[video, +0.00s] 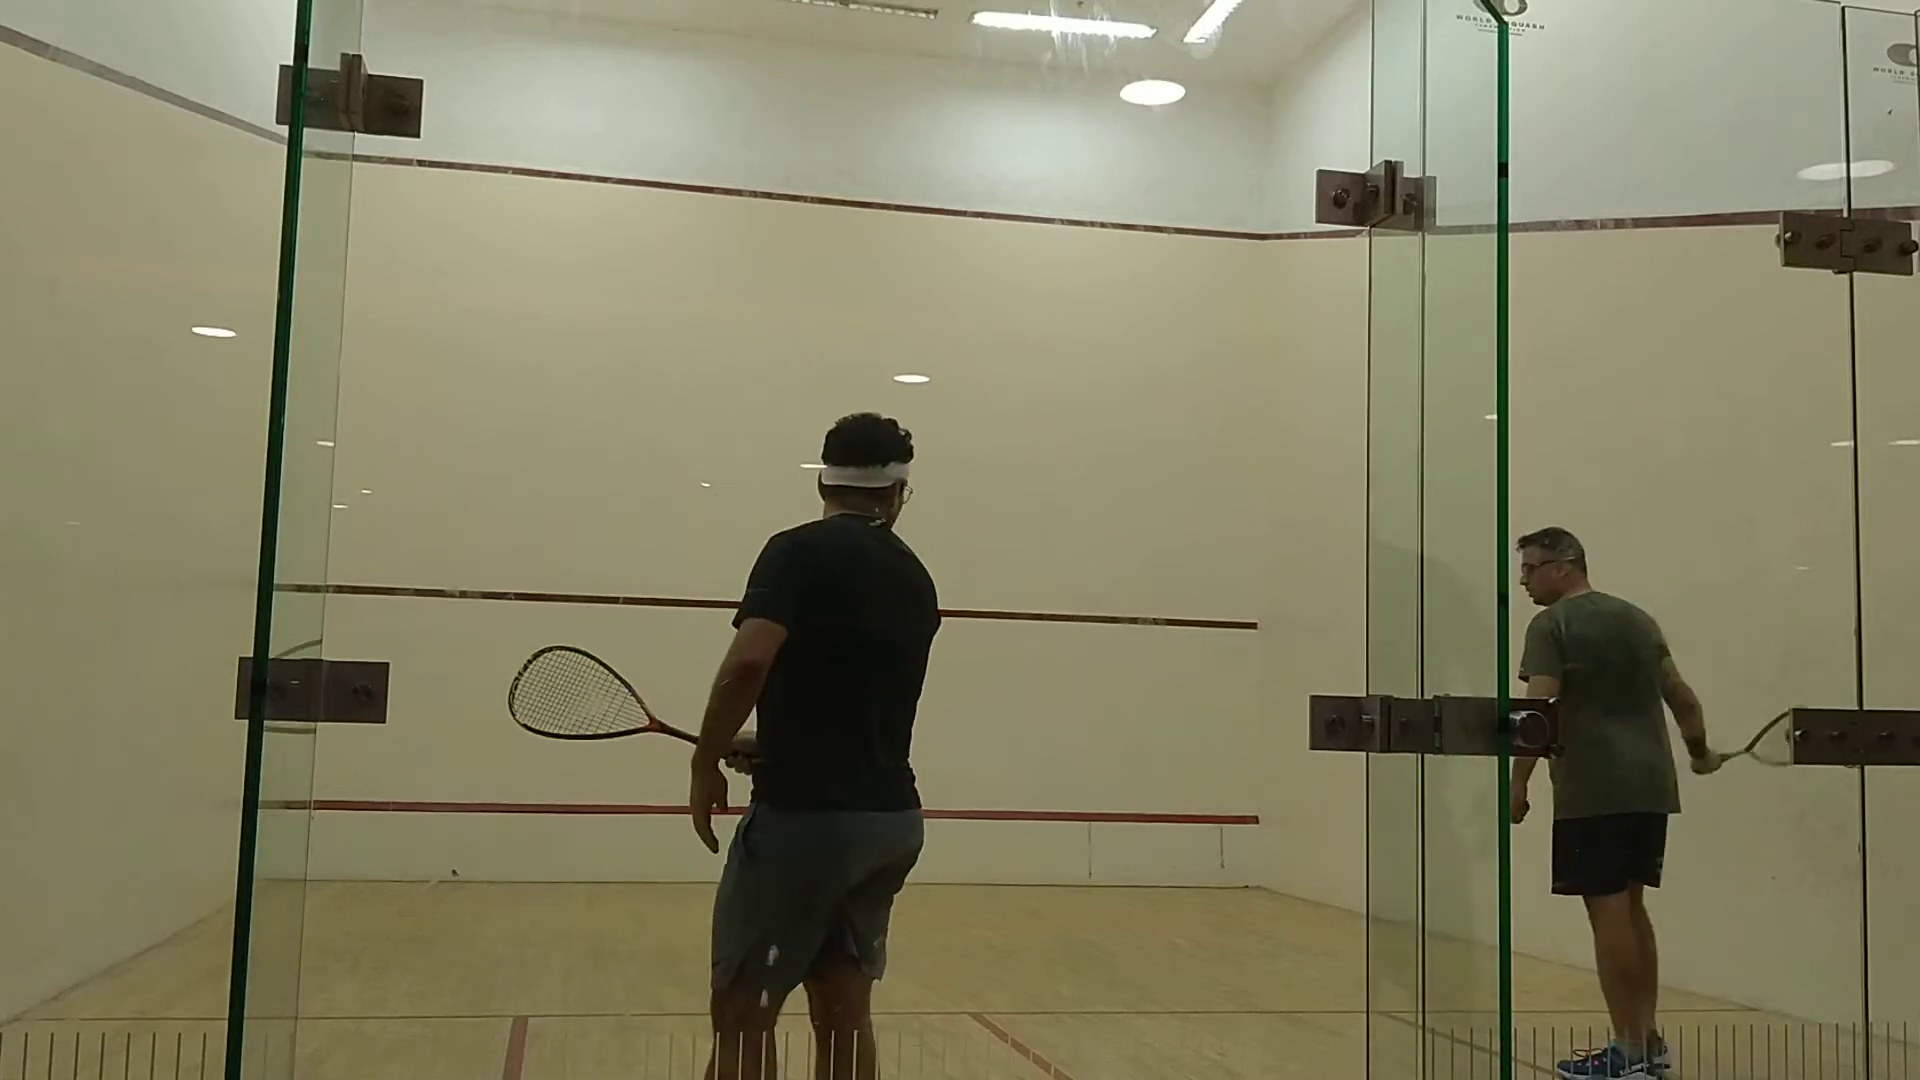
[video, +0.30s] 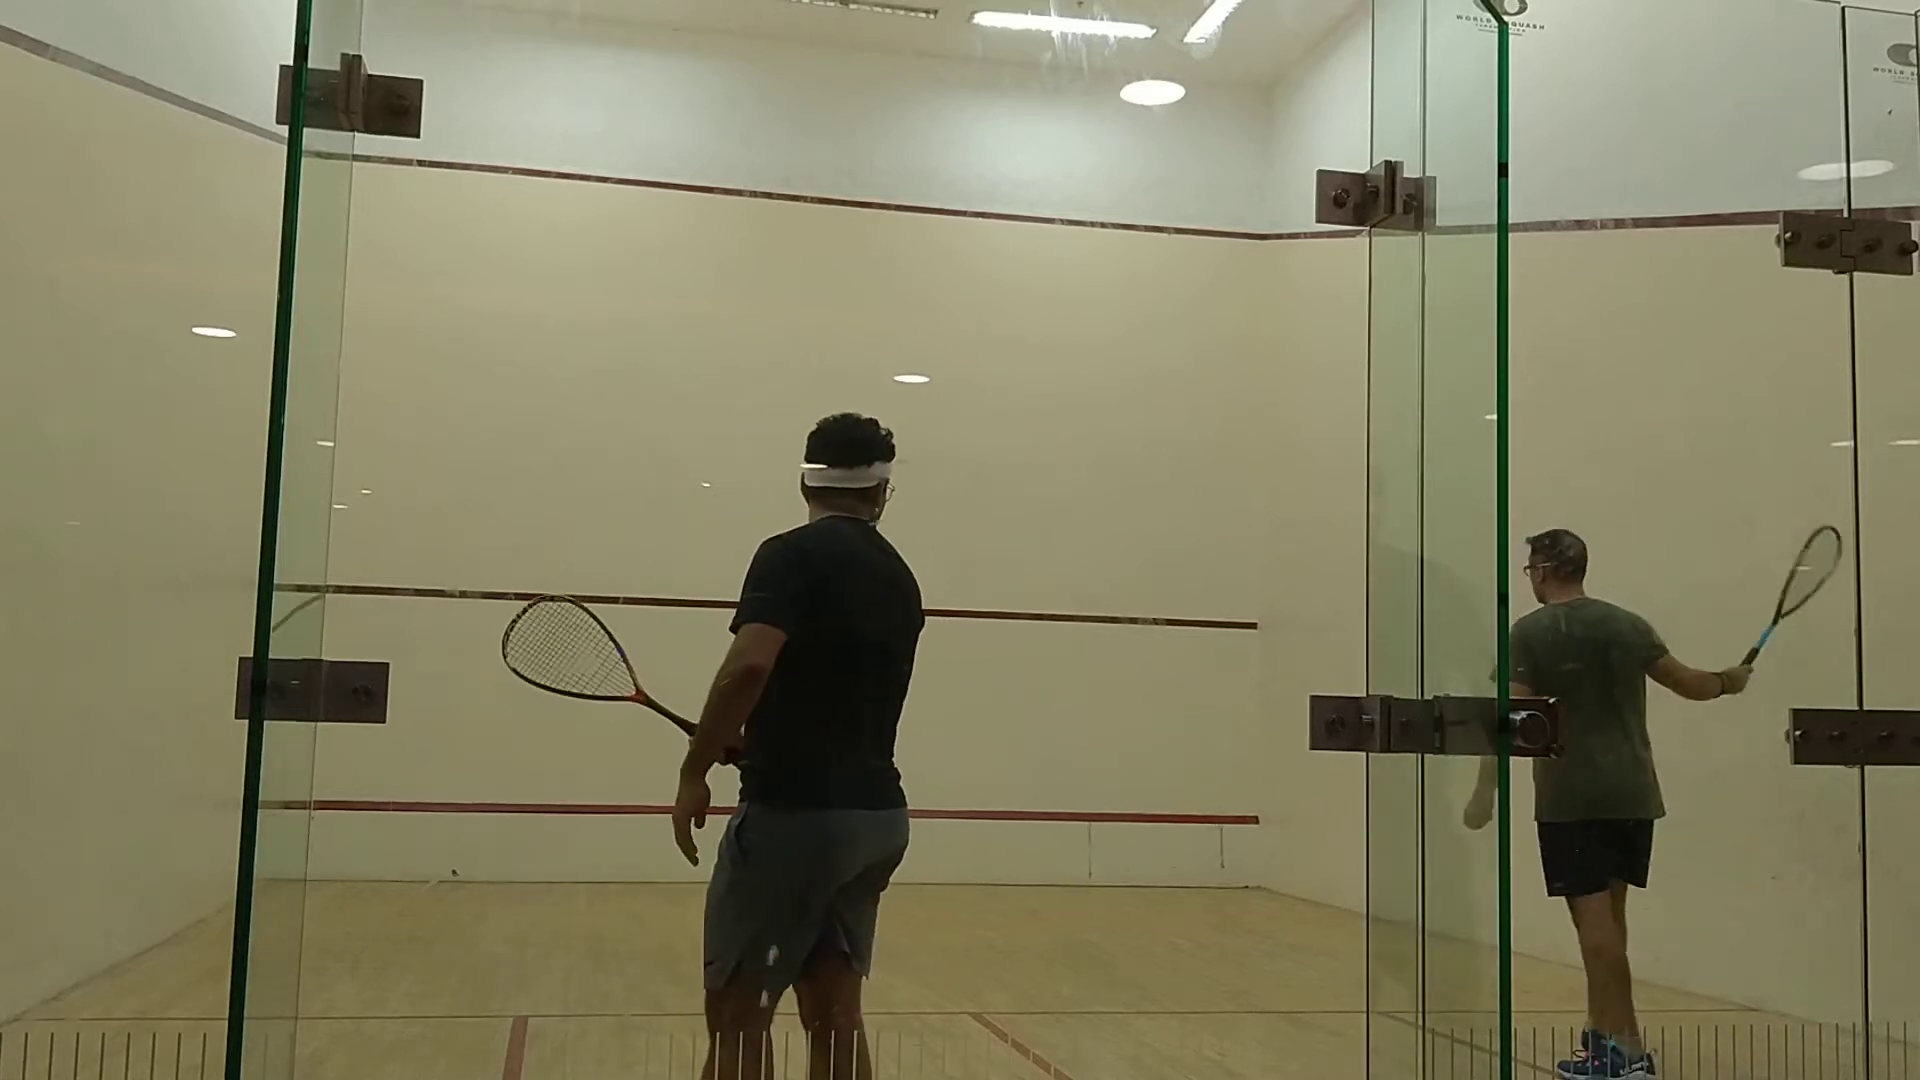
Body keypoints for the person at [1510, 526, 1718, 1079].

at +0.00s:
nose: (1524, 583)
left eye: (1529, 571)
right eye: (1523, 572)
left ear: (1564, 566)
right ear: (1576, 568)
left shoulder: (1550, 625)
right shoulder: (1637, 618)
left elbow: (1538, 713)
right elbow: (1682, 697)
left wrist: (1518, 783)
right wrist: (1699, 748)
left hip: (1592, 798)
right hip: (1650, 794)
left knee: (1609, 918)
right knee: (1633, 907)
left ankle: (1628, 1052)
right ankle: (1646, 1042)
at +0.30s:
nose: (1530, 581)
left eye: (1531, 572)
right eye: (1532, 571)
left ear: (1541, 572)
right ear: (1582, 570)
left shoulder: (1527, 633)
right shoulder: (1625, 624)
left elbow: (1513, 722)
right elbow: (1689, 684)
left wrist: (1484, 789)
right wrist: (1728, 679)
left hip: (1568, 803)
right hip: (1632, 798)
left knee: (1598, 929)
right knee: (1608, 923)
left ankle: (1630, 1053)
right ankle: (1598, 1046)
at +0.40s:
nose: (1531, 581)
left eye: (1533, 574)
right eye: (1534, 573)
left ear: (1541, 576)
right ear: (1585, 575)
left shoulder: (1517, 638)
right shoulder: (1623, 628)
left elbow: (1492, 722)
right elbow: (1691, 686)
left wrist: (1477, 790)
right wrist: (1724, 664)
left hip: (1555, 806)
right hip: (1624, 802)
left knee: (1571, 918)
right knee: (1605, 913)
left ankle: (1625, 1044)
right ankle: (1597, 1042)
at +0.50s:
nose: (1533, 581)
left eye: (1534, 574)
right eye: (1538, 573)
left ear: (1541, 577)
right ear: (1585, 576)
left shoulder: (1512, 638)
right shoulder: (1620, 630)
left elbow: (1484, 716)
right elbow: (1690, 687)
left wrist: (1476, 783)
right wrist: (1717, 653)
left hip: (1540, 804)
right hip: (1613, 802)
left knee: (1538, 907)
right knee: (1603, 908)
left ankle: (1604, 1013)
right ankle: (1598, 1030)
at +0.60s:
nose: (1535, 580)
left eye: (1534, 573)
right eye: (1545, 573)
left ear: (1537, 576)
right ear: (1585, 575)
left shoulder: (1505, 636)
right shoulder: (1612, 629)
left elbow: (1482, 710)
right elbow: (1685, 682)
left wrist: (1483, 760)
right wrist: (1707, 640)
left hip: (1528, 797)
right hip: (1601, 796)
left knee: (1521, 891)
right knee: (1600, 904)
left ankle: (1567, 986)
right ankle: (1595, 1033)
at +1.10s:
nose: (1504, 611)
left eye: (1489, 599)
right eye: (1510, 603)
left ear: (1469, 600)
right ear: (1513, 608)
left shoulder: (1424, 647)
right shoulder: (1516, 667)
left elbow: (1376, 700)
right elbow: (1585, 697)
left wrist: (1412, 727)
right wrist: (1613, 654)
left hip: (1418, 793)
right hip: (1487, 799)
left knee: (1401, 880)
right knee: (1530, 908)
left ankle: (1398, 997)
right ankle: (1579, 1029)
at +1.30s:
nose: (1399, 595)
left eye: (1402, 588)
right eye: (1404, 587)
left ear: (1407, 594)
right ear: (1445, 597)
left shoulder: (1394, 647)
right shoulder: (1463, 650)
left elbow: (1375, 721)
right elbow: (1466, 720)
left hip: (1400, 799)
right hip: (1461, 798)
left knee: (1386, 892)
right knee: (1465, 901)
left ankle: (1397, 996)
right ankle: (1486, 1004)